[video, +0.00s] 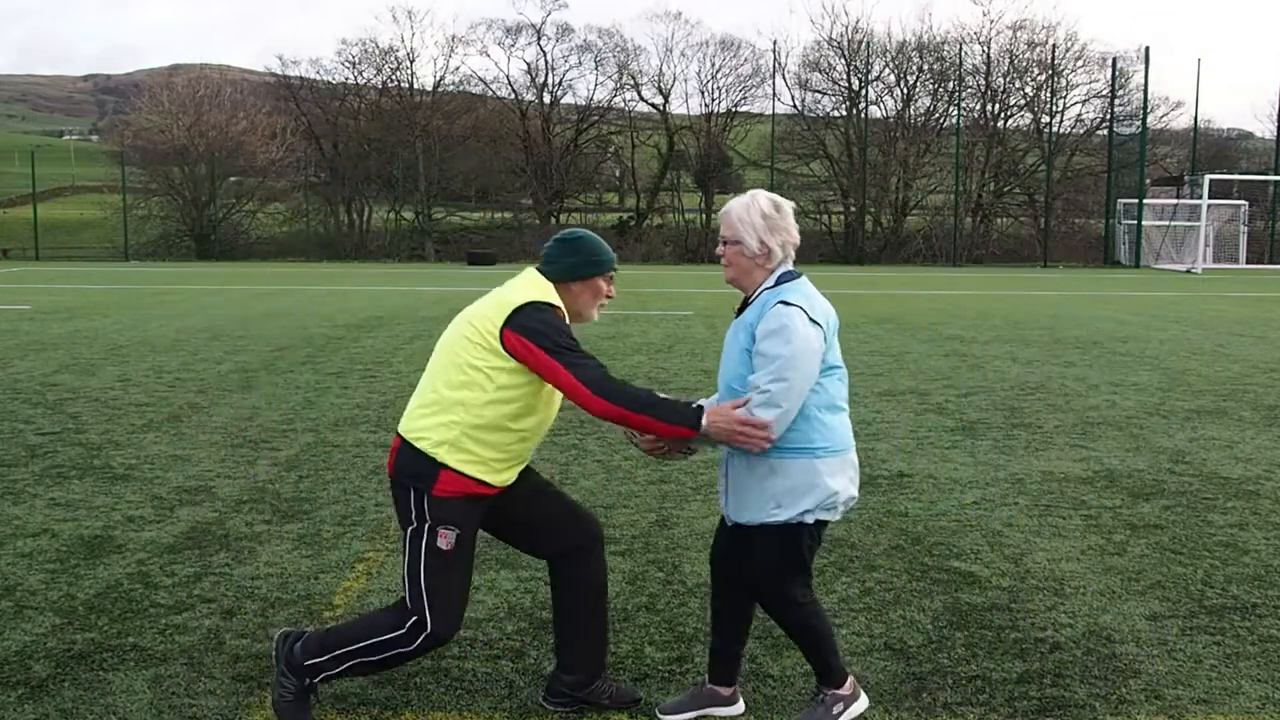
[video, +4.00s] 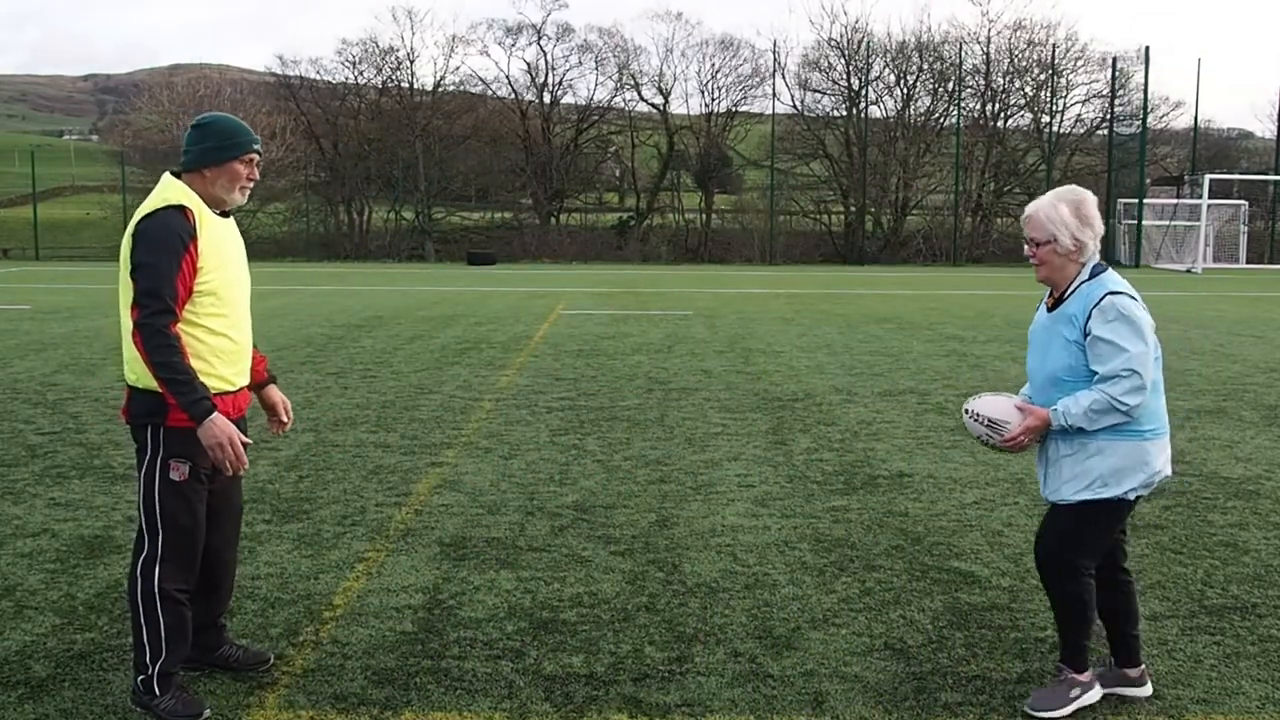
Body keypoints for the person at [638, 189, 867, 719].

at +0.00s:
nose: (718, 253)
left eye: (728, 243)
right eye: (720, 241)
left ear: (763, 251)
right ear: (761, 252)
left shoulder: (790, 315)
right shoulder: (762, 307)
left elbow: (763, 423)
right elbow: (736, 393)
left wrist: (689, 434)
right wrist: (680, 425)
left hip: (798, 480)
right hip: (760, 474)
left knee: (779, 582)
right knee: (730, 567)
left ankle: (840, 689)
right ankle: (720, 688)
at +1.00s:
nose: (760, 250)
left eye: (770, 240)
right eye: (761, 239)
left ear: (806, 251)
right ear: (800, 252)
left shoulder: (832, 319)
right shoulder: (800, 312)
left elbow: (825, 415)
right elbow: (788, 391)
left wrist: (750, 425)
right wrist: (741, 410)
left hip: (834, 485)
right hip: (795, 479)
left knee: (830, 590)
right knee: (766, 583)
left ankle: (890, 693)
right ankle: (726, 683)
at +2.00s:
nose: (987, 247)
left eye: (998, 238)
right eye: (988, 236)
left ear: (1034, 247)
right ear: (1030, 248)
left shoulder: (1064, 313)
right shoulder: (1021, 307)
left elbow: (1065, 407)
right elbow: (1008, 385)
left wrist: (991, 421)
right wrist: (966, 408)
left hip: (1073, 479)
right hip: (1030, 474)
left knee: (1080, 583)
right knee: (1010, 569)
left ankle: (1113, 688)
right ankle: (991, 674)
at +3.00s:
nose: (1058, 244)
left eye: (1070, 235)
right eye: (1058, 234)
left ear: (1107, 240)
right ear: (1064, 237)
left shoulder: (1143, 304)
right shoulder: (1074, 298)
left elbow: (1157, 392)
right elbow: (1068, 374)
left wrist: (1077, 413)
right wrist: (1037, 406)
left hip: (1138, 462)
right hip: (1096, 458)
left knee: (1113, 566)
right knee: (1099, 563)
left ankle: (1127, 681)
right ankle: (1121, 667)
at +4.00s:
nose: (1029, 253)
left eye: (1037, 243)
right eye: (1027, 243)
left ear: (1073, 243)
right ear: (1052, 246)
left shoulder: (1112, 304)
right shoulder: (1059, 301)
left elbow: (1127, 390)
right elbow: (1052, 379)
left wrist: (1053, 417)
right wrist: (1016, 411)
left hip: (1114, 460)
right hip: (1081, 457)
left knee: (1059, 554)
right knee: (1107, 562)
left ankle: (1076, 673)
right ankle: (1128, 670)